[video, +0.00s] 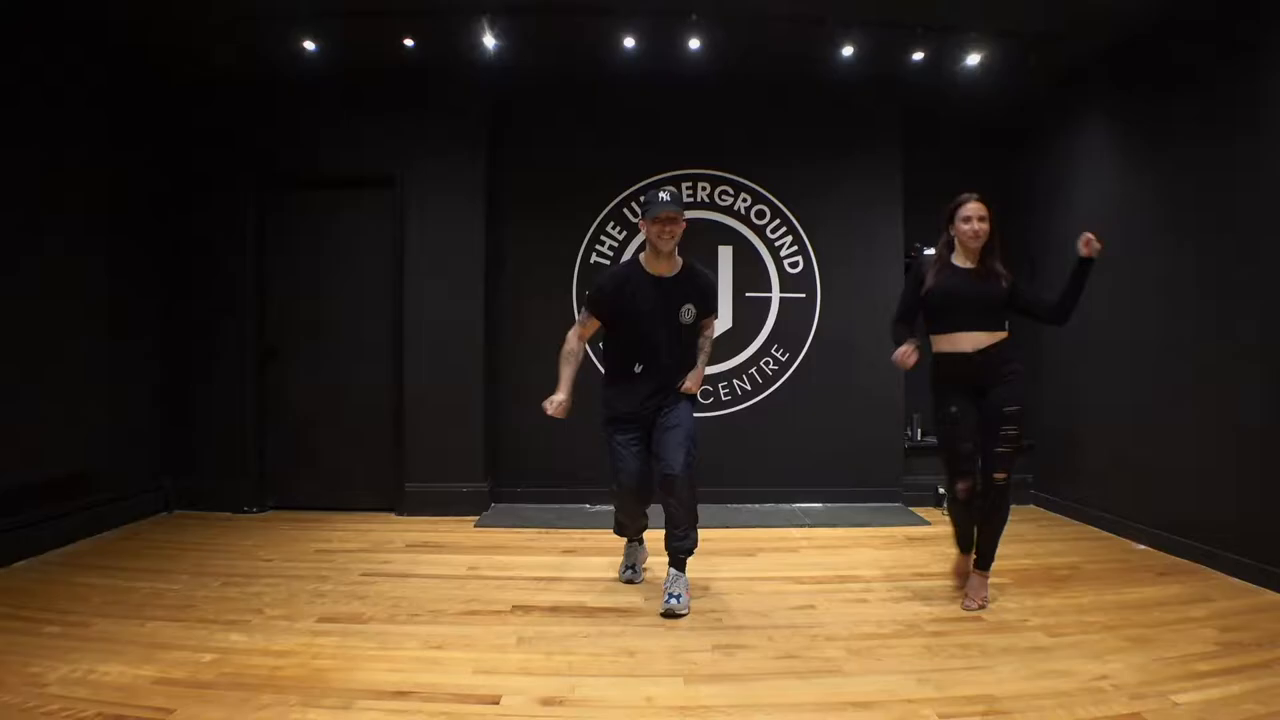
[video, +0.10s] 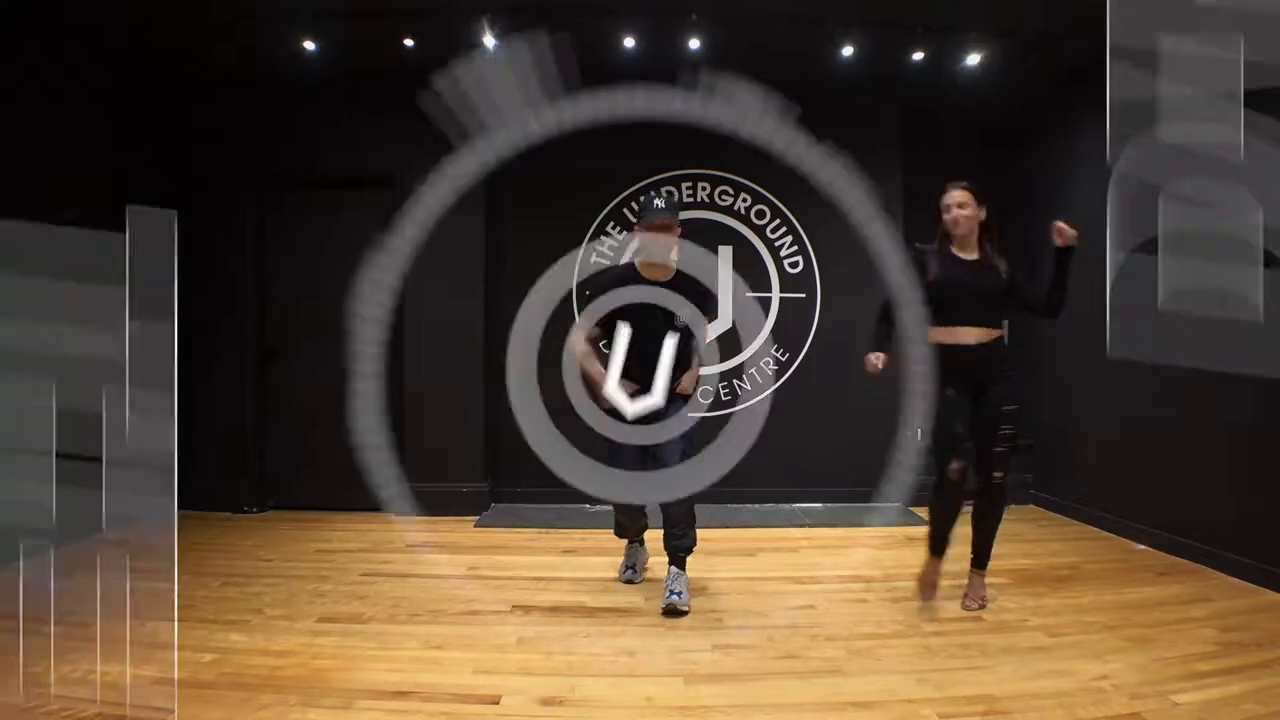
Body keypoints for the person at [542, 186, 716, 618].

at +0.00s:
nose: (668, 229)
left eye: (675, 222)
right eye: (660, 223)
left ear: (683, 225)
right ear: (644, 226)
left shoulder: (699, 282)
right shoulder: (615, 282)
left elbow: (706, 329)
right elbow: (576, 338)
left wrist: (699, 369)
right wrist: (564, 391)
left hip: (674, 396)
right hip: (624, 399)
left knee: (675, 475)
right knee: (629, 484)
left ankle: (677, 572)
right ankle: (634, 545)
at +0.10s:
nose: (662, 239)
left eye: (668, 231)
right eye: (654, 231)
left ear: (678, 236)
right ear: (637, 235)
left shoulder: (695, 293)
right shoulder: (607, 288)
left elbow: (707, 346)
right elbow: (580, 342)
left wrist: (694, 373)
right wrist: (605, 380)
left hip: (671, 405)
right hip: (618, 403)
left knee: (674, 480)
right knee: (625, 478)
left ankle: (677, 570)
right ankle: (634, 545)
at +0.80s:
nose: (632, 253)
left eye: (639, 245)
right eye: (626, 246)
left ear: (654, 246)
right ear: (618, 249)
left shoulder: (677, 291)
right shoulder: (606, 292)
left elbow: (691, 340)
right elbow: (588, 339)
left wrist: (683, 374)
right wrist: (606, 357)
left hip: (662, 388)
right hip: (620, 390)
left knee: (659, 457)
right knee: (626, 459)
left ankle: (648, 525)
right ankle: (633, 537)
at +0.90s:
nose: (640, 261)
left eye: (645, 252)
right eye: (633, 253)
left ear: (657, 252)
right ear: (623, 255)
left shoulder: (679, 292)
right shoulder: (612, 297)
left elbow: (690, 344)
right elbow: (611, 358)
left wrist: (683, 374)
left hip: (663, 392)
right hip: (622, 393)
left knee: (659, 459)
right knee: (629, 461)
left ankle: (643, 528)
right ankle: (636, 534)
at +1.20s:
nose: (691, 253)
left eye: (695, 246)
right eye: (684, 244)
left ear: (699, 252)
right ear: (667, 246)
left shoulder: (689, 292)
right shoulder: (642, 290)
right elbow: (631, 353)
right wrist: (685, 343)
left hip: (665, 387)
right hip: (633, 388)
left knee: (660, 455)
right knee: (639, 455)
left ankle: (646, 525)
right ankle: (640, 530)